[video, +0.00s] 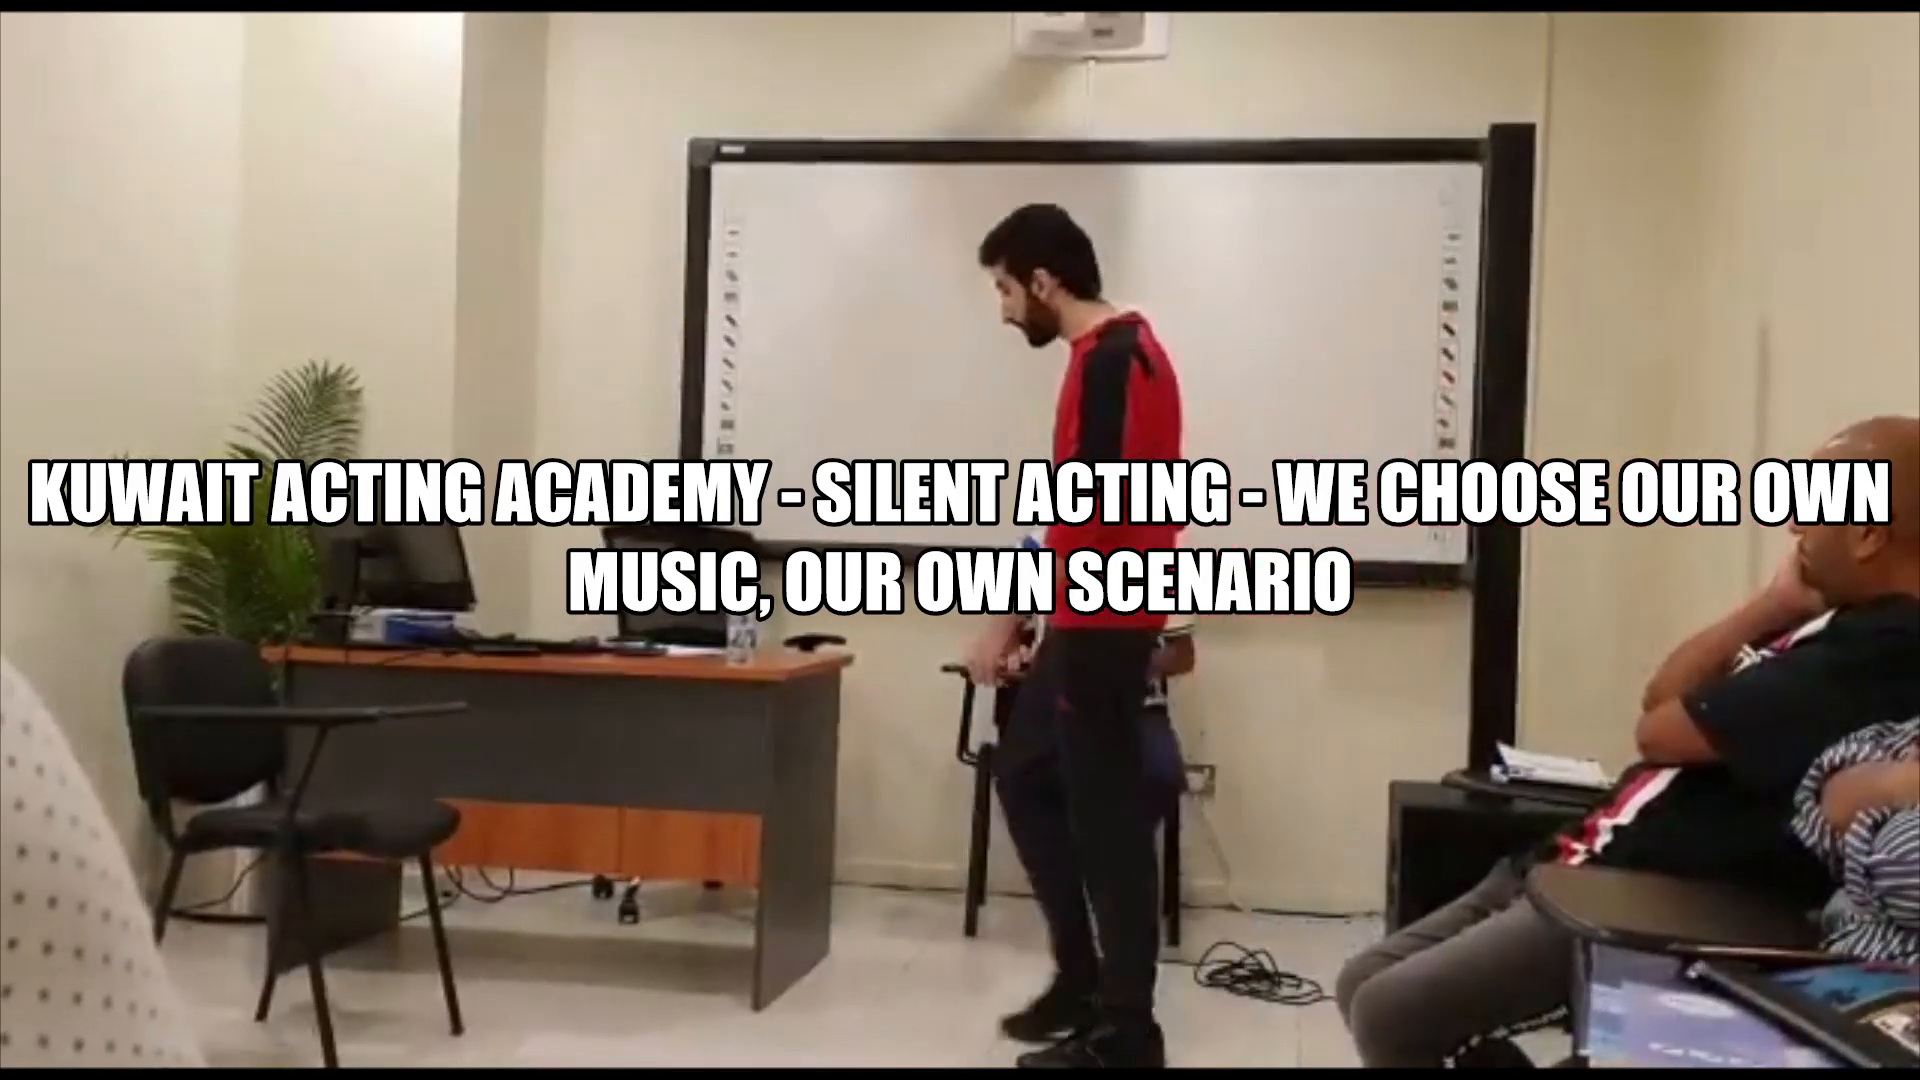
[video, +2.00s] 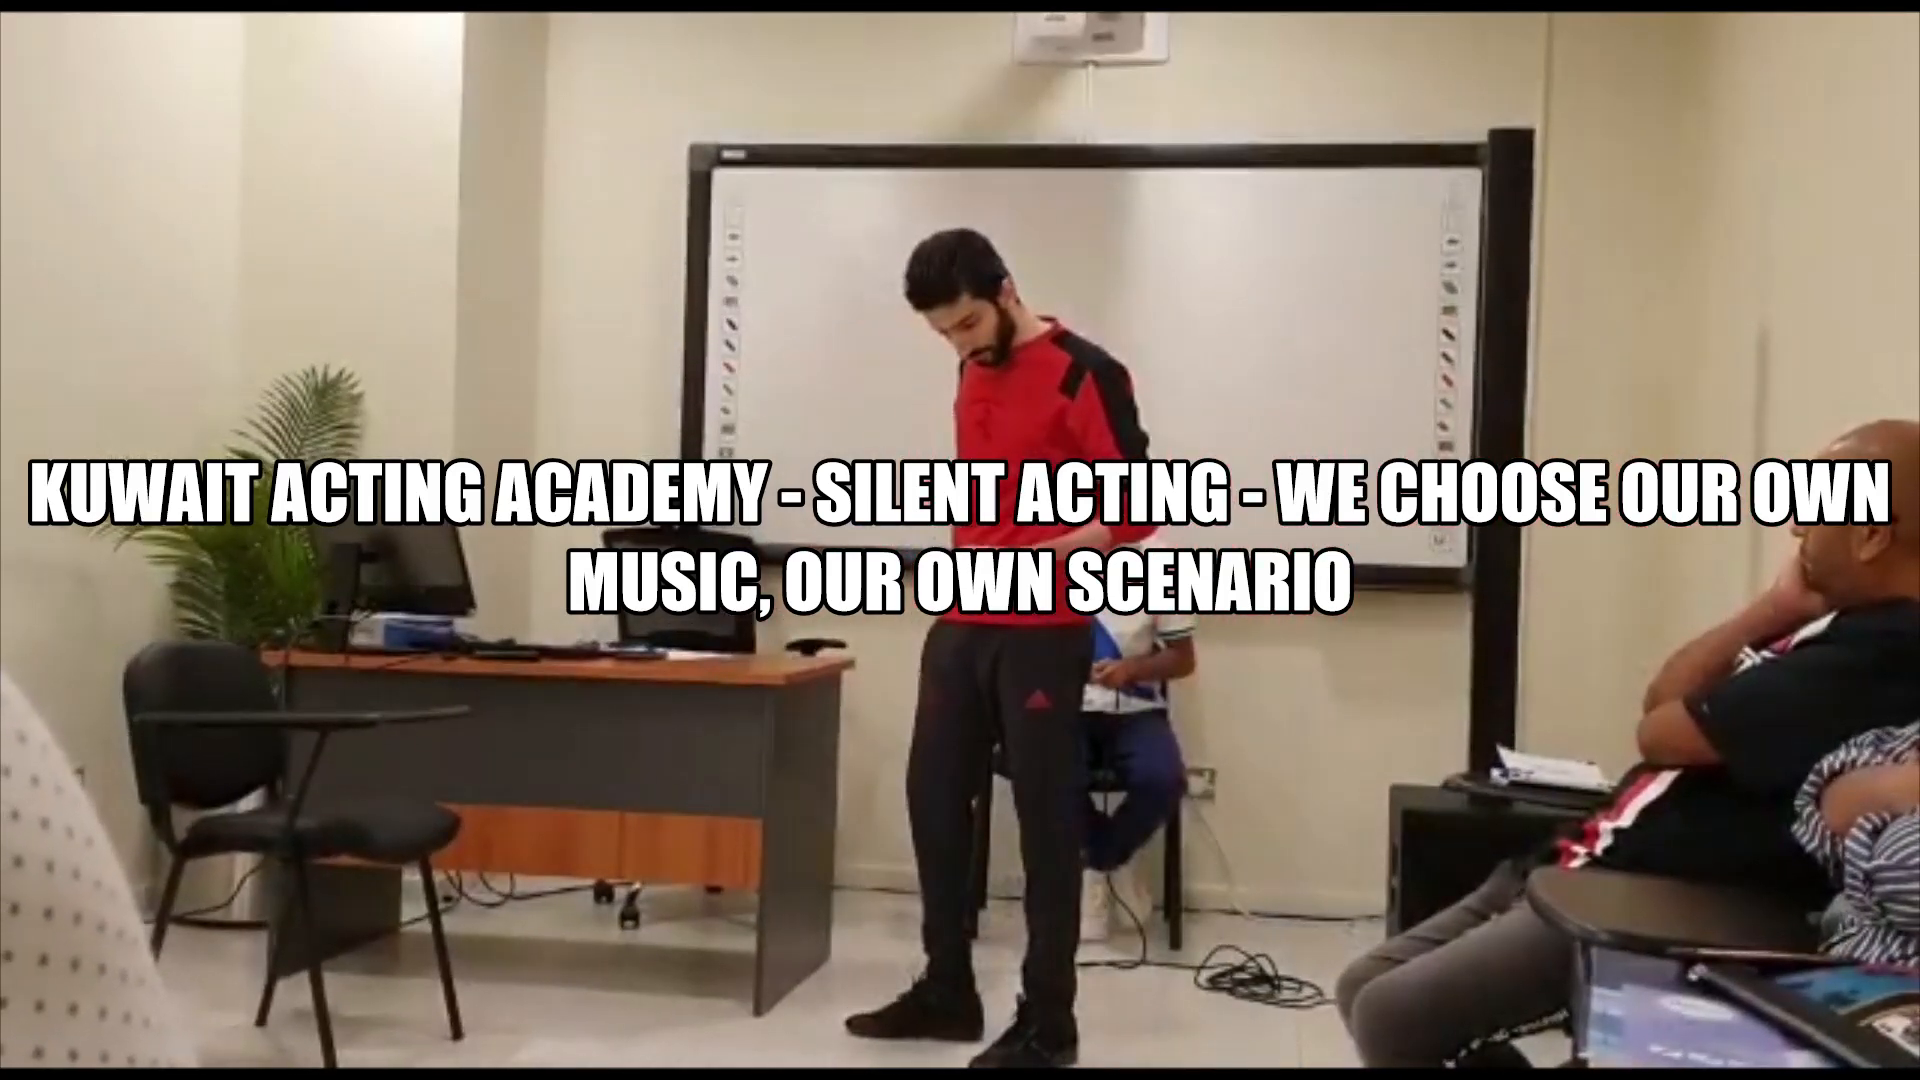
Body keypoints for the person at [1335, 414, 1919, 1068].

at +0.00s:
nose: (1796, 536)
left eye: (1813, 515)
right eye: (1801, 513)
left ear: (1872, 535)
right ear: (1874, 537)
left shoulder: (1884, 646)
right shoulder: (1849, 626)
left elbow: (1664, 736)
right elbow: (1663, 695)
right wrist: (1781, 602)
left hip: (1639, 900)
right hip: (1591, 860)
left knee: (1387, 1015)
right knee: (1363, 980)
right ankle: (1502, 1061)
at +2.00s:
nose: (1798, 535)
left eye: (1816, 513)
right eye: (1803, 513)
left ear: (1877, 534)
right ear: (1876, 536)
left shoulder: (1883, 647)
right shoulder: (1848, 625)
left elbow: (1664, 737)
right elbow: (1666, 695)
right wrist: (1783, 604)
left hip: (1640, 903)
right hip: (1589, 861)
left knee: (1388, 1017)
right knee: (1363, 985)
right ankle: (1491, 1061)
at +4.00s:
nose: (1796, 538)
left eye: (1807, 517)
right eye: (1799, 516)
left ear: (1874, 532)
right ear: (1874, 532)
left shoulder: (1881, 651)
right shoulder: (1848, 628)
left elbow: (1663, 744)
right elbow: (1661, 702)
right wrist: (1778, 612)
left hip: (1640, 906)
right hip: (1586, 863)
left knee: (1388, 1022)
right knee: (1364, 987)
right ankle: (1486, 1060)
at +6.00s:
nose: (1800, 536)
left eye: (1814, 516)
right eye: (1805, 516)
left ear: (1879, 534)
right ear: (1879, 534)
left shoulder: (1882, 653)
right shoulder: (1853, 629)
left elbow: (1666, 744)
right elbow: (1663, 703)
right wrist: (1781, 612)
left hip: (1637, 910)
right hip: (1589, 867)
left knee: (1389, 1024)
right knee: (1364, 989)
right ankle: (1511, 1058)